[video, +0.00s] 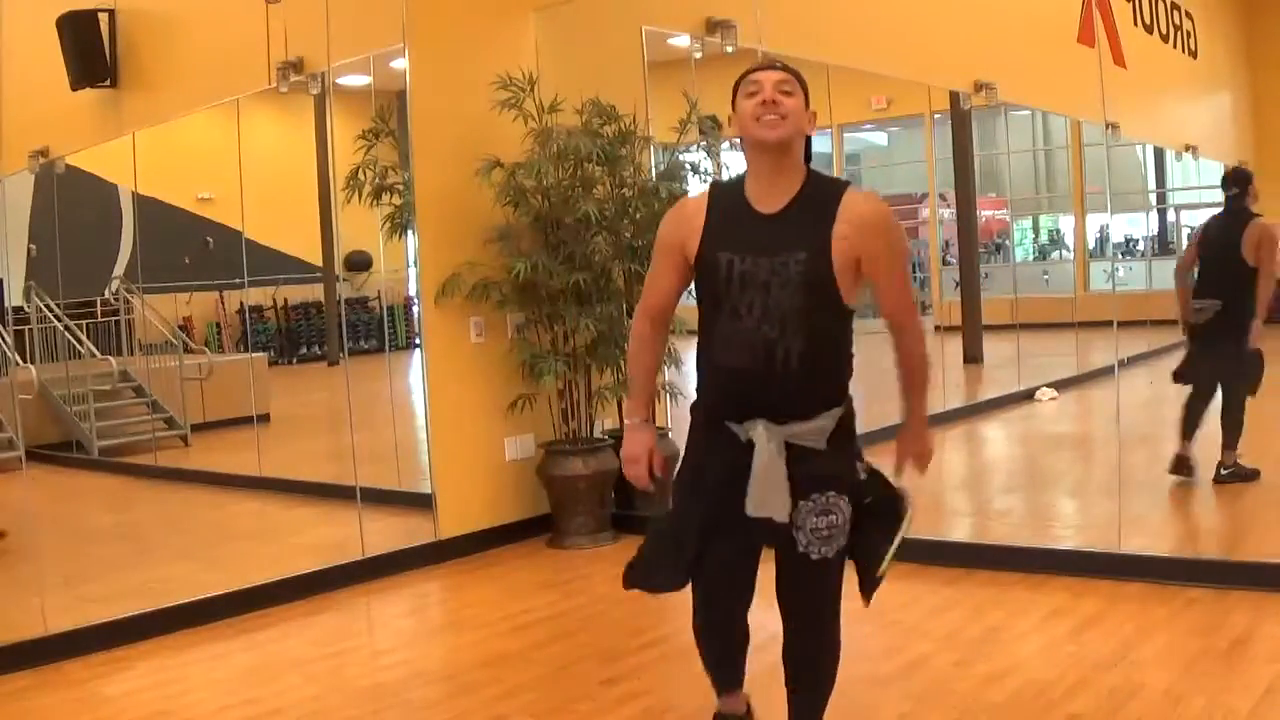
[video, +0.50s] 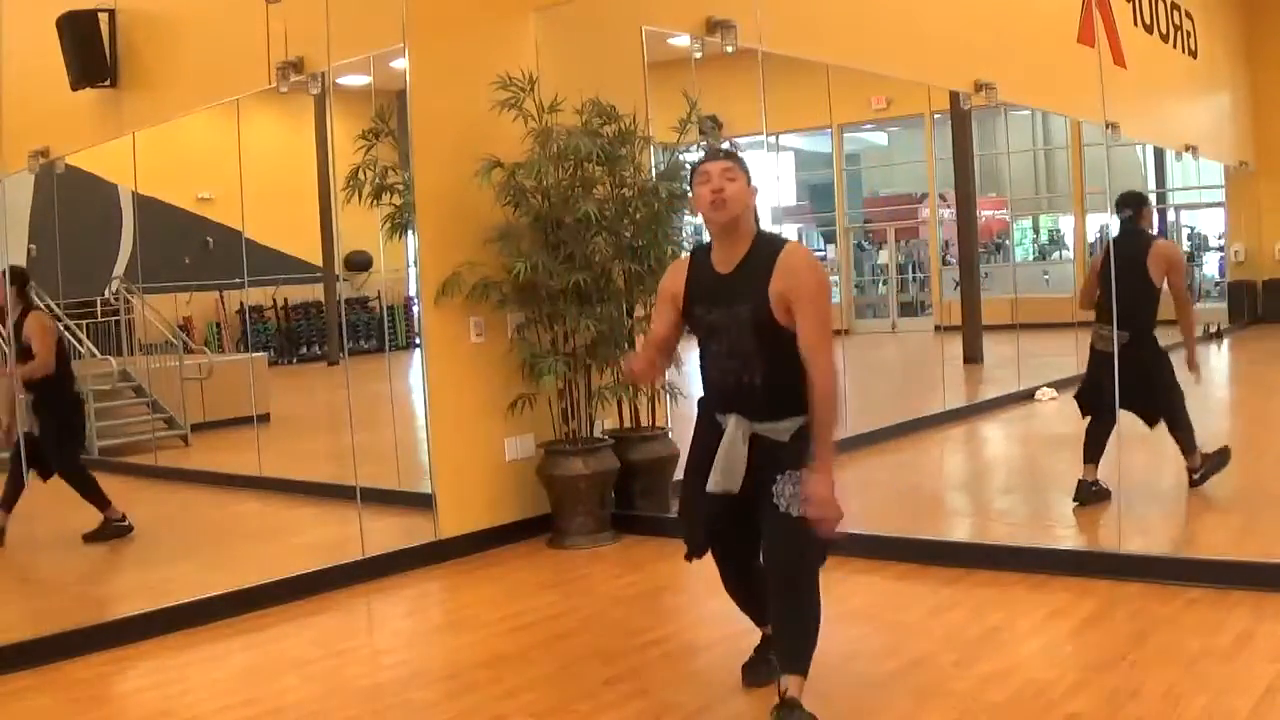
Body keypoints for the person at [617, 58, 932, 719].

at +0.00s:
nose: (769, 98)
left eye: (785, 91)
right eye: (753, 92)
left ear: (810, 120)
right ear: (734, 123)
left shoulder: (858, 214)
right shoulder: (692, 218)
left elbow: (906, 326)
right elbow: (649, 321)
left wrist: (915, 421)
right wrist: (637, 421)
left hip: (817, 443)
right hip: (722, 441)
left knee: (811, 612)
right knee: (716, 604)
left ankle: (806, 716)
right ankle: (729, 706)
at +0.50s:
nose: (717, 188)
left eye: (728, 178)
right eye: (705, 182)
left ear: (752, 191)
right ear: (694, 202)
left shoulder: (795, 266)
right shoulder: (683, 274)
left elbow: (822, 371)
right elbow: (657, 351)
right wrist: (645, 363)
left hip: (789, 434)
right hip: (721, 433)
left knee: (790, 564)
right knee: (731, 553)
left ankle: (791, 694)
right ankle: (773, 631)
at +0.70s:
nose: (711, 158)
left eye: (722, 149)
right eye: (699, 153)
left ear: (744, 164)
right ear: (689, 174)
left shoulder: (779, 223)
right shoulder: (676, 238)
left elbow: (731, 298)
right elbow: (624, 293)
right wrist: (611, 223)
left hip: (803, 397)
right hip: (740, 403)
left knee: (786, 522)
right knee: (754, 523)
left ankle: (798, 644)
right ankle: (775, 633)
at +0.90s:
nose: (700, 191)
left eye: (711, 176)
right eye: (689, 181)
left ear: (735, 171)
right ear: (679, 186)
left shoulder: (774, 224)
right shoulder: (679, 237)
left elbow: (726, 305)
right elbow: (662, 302)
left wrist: (644, 297)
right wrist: (625, 290)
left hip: (802, 388)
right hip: (742, 392)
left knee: (773, 515)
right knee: (753, 514)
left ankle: (832, 559)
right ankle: (779, 635)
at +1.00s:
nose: (699, 214)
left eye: (706, 198)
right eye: (687, 205)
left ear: (731, 180)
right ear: (678, 201)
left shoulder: (784, 229)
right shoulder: (683, 241)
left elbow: (785, 334)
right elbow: (669, 332)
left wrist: (756, 419)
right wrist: (662, 411)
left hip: (798, 392)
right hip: (734, 395)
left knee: (776, 509)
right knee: (749, 515)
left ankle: (828, 555)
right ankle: (777, 637)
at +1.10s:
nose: (697, 218)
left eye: (704, 201)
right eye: (683, 208)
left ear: (728, 185)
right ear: (673, 207)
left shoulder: (790, 235)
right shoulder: (677, 252)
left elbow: (859, 305)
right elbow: (685, 332)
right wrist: (701, 395)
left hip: (797, 401)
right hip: (733, 406)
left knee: (781, 514)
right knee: (748, 525)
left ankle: (817, 592)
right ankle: (776, 634)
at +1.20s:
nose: (707, 217)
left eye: (714, 199)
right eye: (692, 207)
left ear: (735, 188)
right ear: (680, 209)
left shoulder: (793, 231)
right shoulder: (676, 248)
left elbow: (877, 228)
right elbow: (706, 311)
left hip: (799, 405)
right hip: (732, 410)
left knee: (793, 527)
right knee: (750, 529)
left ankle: (802, 651)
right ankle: (776, 633)